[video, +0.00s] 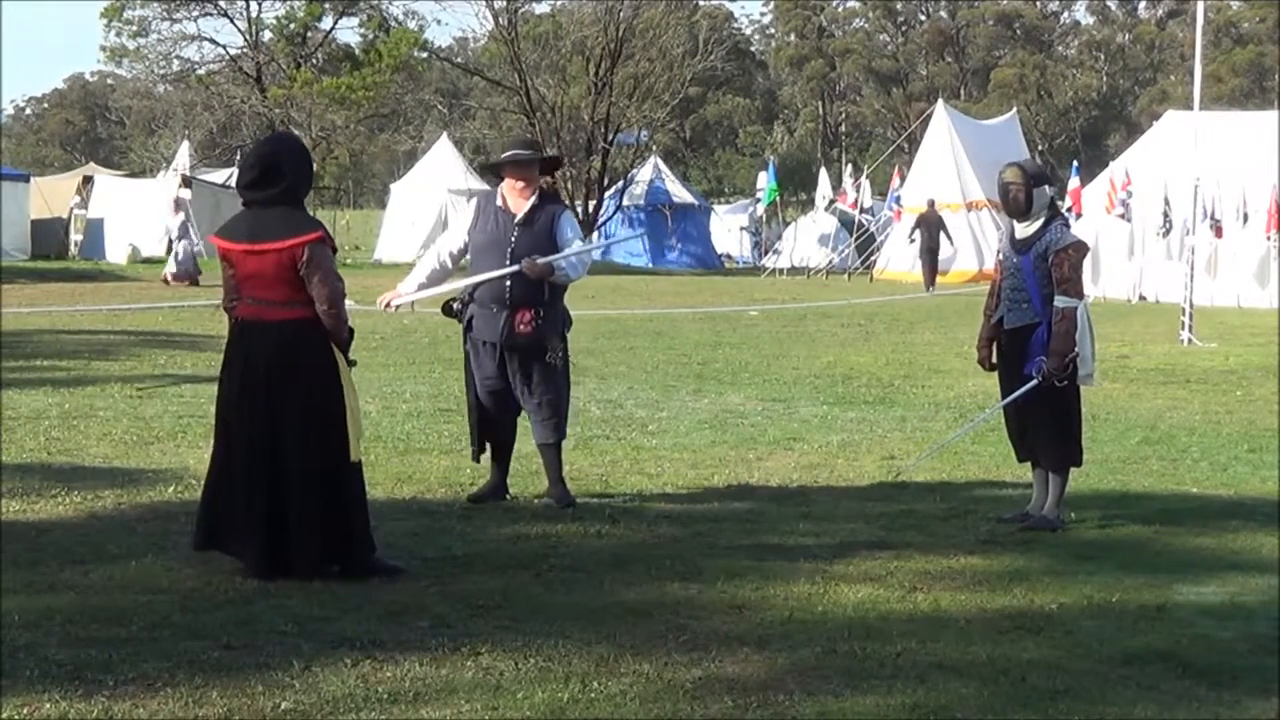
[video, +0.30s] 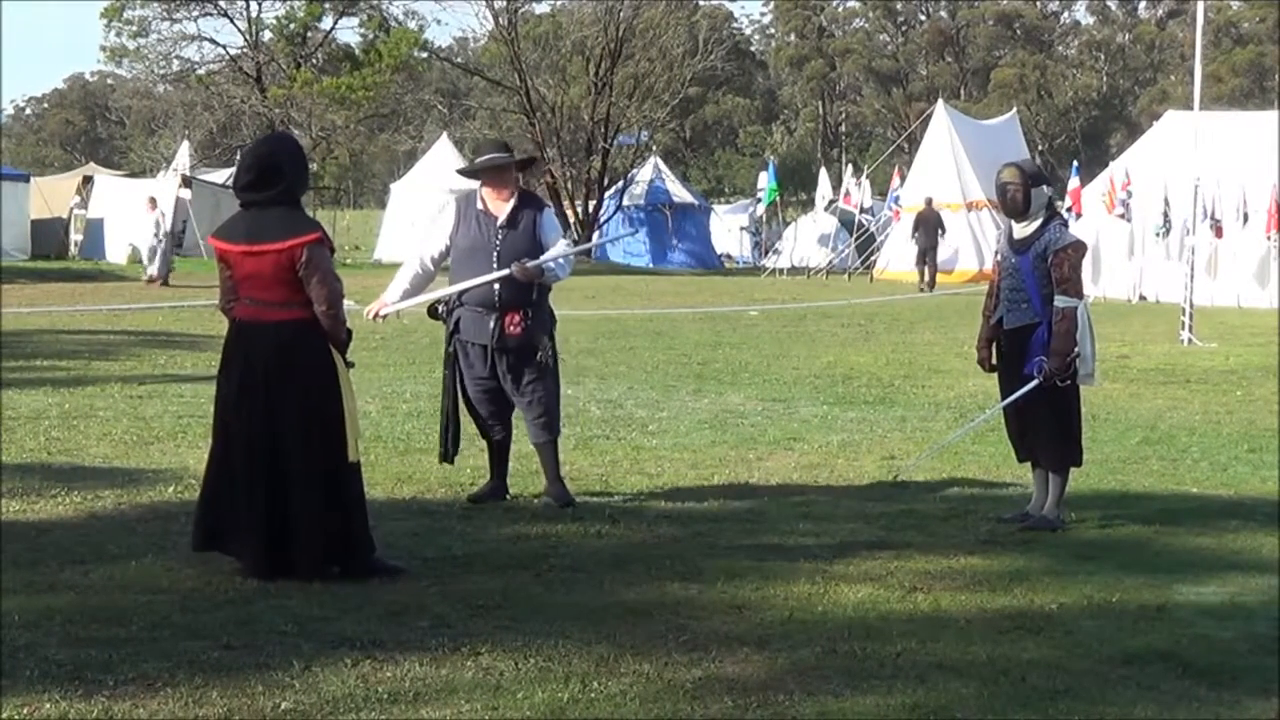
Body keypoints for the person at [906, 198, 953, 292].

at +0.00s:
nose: (930, 206)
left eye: (929, 204)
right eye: (932, 204)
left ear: (927, 205)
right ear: (934, 205)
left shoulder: (922, 216)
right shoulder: (938, 216)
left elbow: (914, 227)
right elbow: (945, 229)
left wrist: (910, 236)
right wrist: (950, 240)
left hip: (925, 245)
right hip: (935, 245)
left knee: (926, 265)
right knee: (934, 265)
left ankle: (927, 286)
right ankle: (932, 284)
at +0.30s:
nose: (928, 204)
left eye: (927, 202)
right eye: (930, 202)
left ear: (924, 203)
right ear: (932, 203)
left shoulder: (920, 214)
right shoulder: (936, 214)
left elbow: (915, 226)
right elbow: (942, 226)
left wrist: (913, 234)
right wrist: (942, 233)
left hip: (922, 243)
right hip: (933, 244)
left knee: (920, 262)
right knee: (932, 263)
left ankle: (921, 282)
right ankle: (931, 284)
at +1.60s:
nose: (940, 207)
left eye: (938, 205)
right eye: (940, 205)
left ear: (933, 205)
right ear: (940, 205)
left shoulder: (928, 216)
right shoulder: (943, 217)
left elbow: (923, 227)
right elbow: (951, 230)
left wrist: (920, 236)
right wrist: (944, 225)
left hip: (930, 243)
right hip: (939, 243)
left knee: (931, 262)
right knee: (939, 262)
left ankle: (932, 281)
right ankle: (934, 282)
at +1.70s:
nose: (943, 206)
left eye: (942, 204)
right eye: (943, 204)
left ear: (935, 205)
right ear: (941, 205)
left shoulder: (930, 215)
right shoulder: (945, 216)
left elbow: (925, 226)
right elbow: (949, 228)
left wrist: (922, 236)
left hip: (932, 244)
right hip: (941, 244)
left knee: (933, 262)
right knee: (944, 261)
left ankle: (934, 281)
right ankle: (937, 279)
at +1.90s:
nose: (949, 205)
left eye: (948, 203)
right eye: (949, 203)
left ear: (941, 203)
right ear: (948, 203)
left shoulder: (935, 213)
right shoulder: (949, 214)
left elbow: (929, 223)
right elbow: (952, 227)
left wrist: (927, 232)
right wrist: (955, 237)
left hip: (937, 240)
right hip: (947, 241)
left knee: (936, 261)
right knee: (950, 262)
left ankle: (934, 281)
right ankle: (949, 281)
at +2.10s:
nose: (956, 208)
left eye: (955, 206)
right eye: (956, 206)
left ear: (948, 206)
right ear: (955, 206)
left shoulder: (942, 216)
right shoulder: (956, 217)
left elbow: (935, 229)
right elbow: (958, 230)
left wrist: (940, 237)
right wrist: (961, 240)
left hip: (944, 243)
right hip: (954, 243)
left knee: (940, 260)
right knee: (956, 264)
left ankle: (935, 279)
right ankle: (957, 282)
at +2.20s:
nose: (959, 208)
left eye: (958, 206)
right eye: (958, 206)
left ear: (951, 206)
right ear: (957, 206)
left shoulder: (945, 216)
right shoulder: (960, 217)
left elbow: (940, 230)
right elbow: (962, 231)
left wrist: (944, 237)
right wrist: (966, 239)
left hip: (948, 243)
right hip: (958, 243)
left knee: (944, 262)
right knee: (959, 263)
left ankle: (938, 279)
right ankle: (958, 282)